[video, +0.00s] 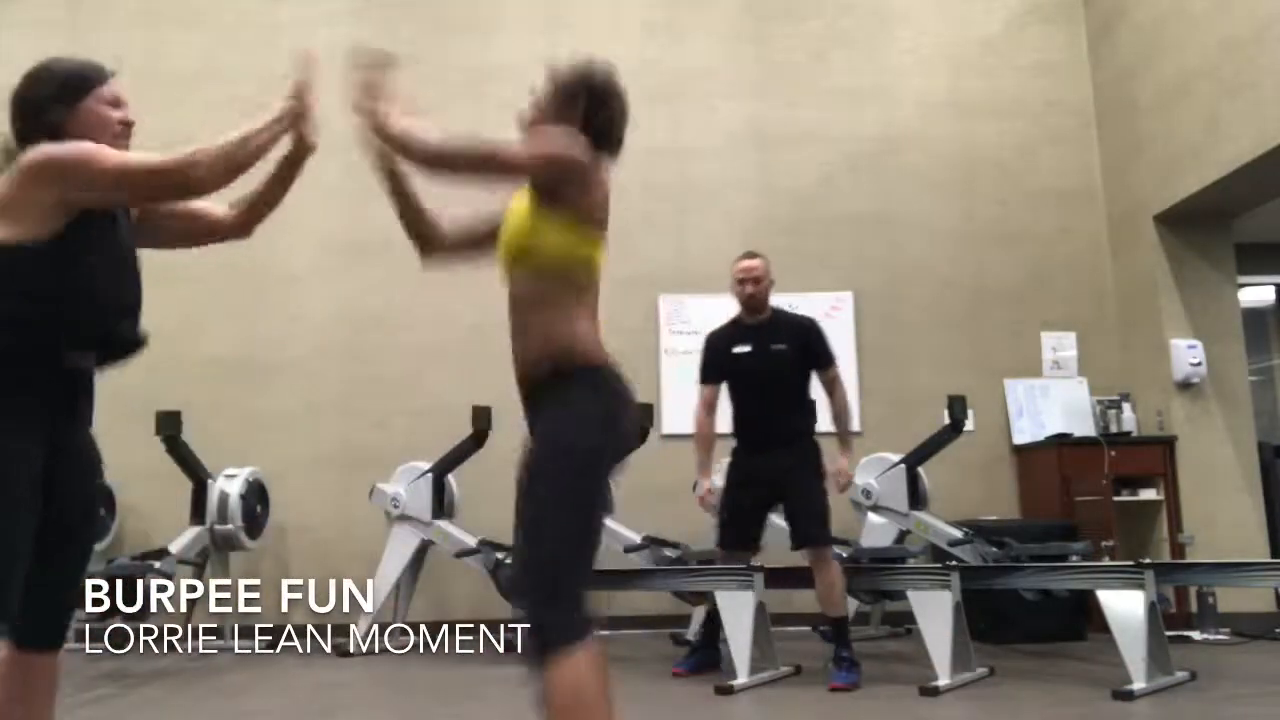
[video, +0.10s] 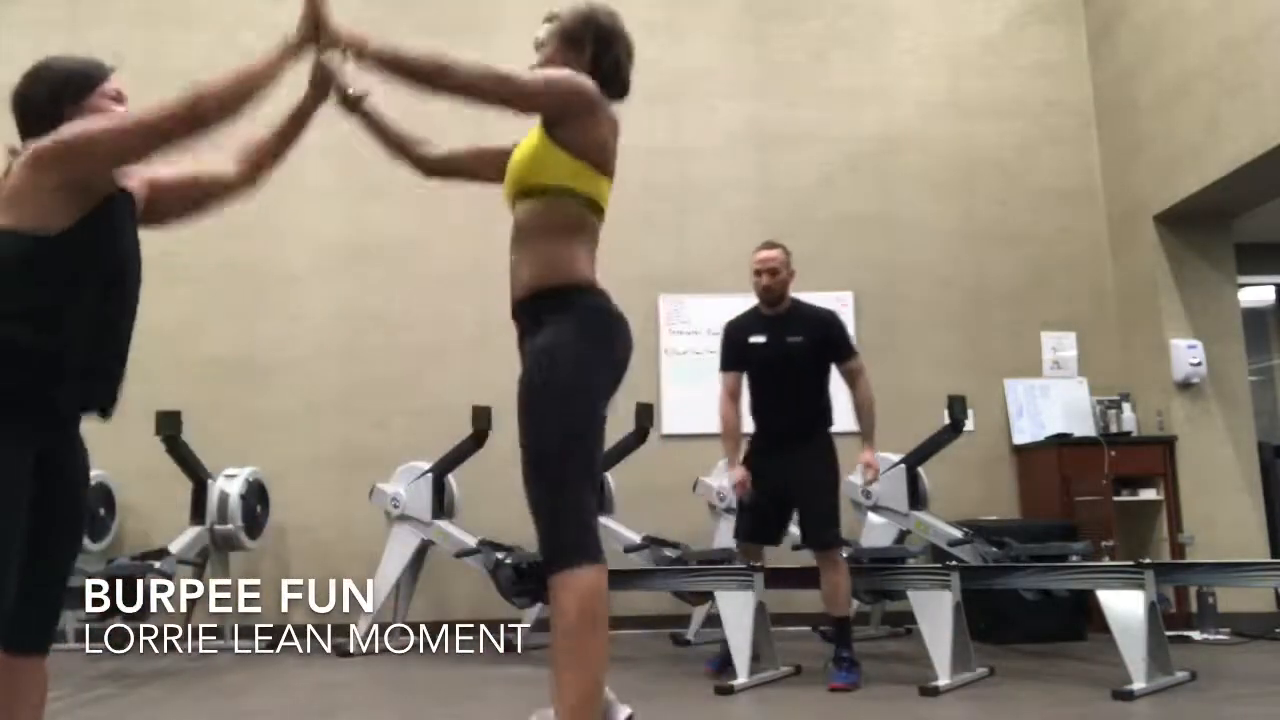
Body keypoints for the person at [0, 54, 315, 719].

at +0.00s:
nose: (127, 116)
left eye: (123, 105)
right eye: (110, 105)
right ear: (61, 117)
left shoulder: (105, 207)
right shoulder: (43, 172)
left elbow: (232, 222)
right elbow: (190, 172)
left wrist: (297, 153)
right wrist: (282, 121)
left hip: (64, 429)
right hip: (17, 426)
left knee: (43, 620)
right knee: (21, 617)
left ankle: (32, 706)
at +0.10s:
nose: (130, 109)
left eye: (125, 98)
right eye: (113, 99)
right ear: (70, 116)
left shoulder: (114, 196)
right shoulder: (46, 167)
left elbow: (239, 172)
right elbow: (195, 112)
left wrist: (315, 97)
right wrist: (292, 45)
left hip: (54, 436)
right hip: (20, 432)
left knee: (31, 627)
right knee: (21, 630)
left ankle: (25, 705)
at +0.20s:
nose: (116, 100)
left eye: (111, 89)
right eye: (101, 89)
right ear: (61, 103)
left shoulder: (109, 171)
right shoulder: (40, 150)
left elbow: (220, 129)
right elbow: (168, 69)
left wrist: (300, 67)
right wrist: (261, 1)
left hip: (53, 425)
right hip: (19, 424)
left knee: (28, 627)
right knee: (20, 630)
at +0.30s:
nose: (104, 135)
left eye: (104, 119)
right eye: (90, 120)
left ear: (84, 124)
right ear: (42, 114)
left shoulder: (87, 184)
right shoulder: (15, 165)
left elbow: (189, 123)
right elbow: (105, 65)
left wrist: (249, 61)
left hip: (62, 430)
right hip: (16, 435)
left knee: (31, 633)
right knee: (19, 635)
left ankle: (27, 712)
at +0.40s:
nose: (99, 127)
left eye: (102, 117)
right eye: (83, 115)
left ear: (97, 127)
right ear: (38, 120)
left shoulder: (87, 191)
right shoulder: (16, 188)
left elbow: (170, 148)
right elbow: (30, 72)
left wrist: (230, 101)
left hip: (66, 441)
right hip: (11, 442)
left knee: (27, 634)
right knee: (12, 633)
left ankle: (20, 710)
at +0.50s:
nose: (116, 158)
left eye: (121, 145)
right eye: (107, 141)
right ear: (48, 136)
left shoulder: (88, 207)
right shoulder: (21, 198)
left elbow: (153, 208)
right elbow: (10, 148)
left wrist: (215, 200)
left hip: (61, 449)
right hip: (11, 447)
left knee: (33, 633)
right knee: (18, 633)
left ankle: (25, 709)